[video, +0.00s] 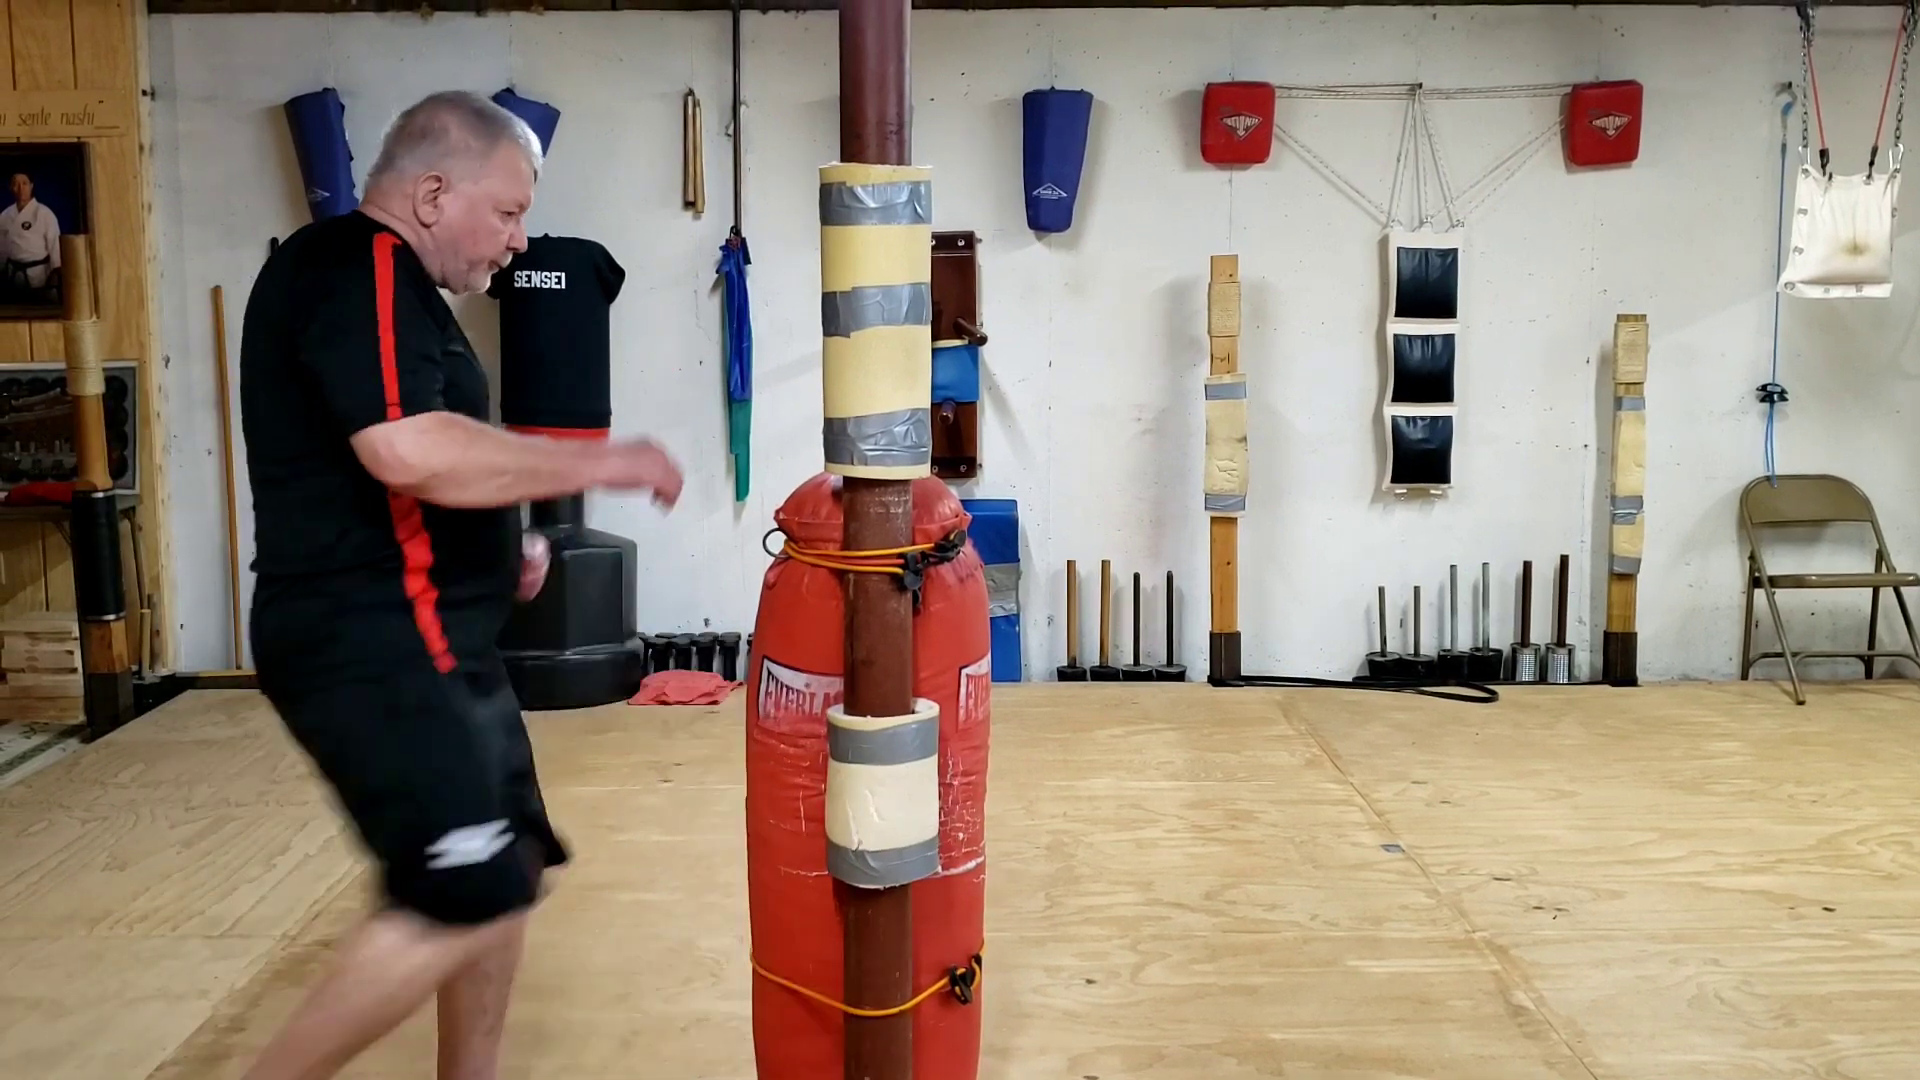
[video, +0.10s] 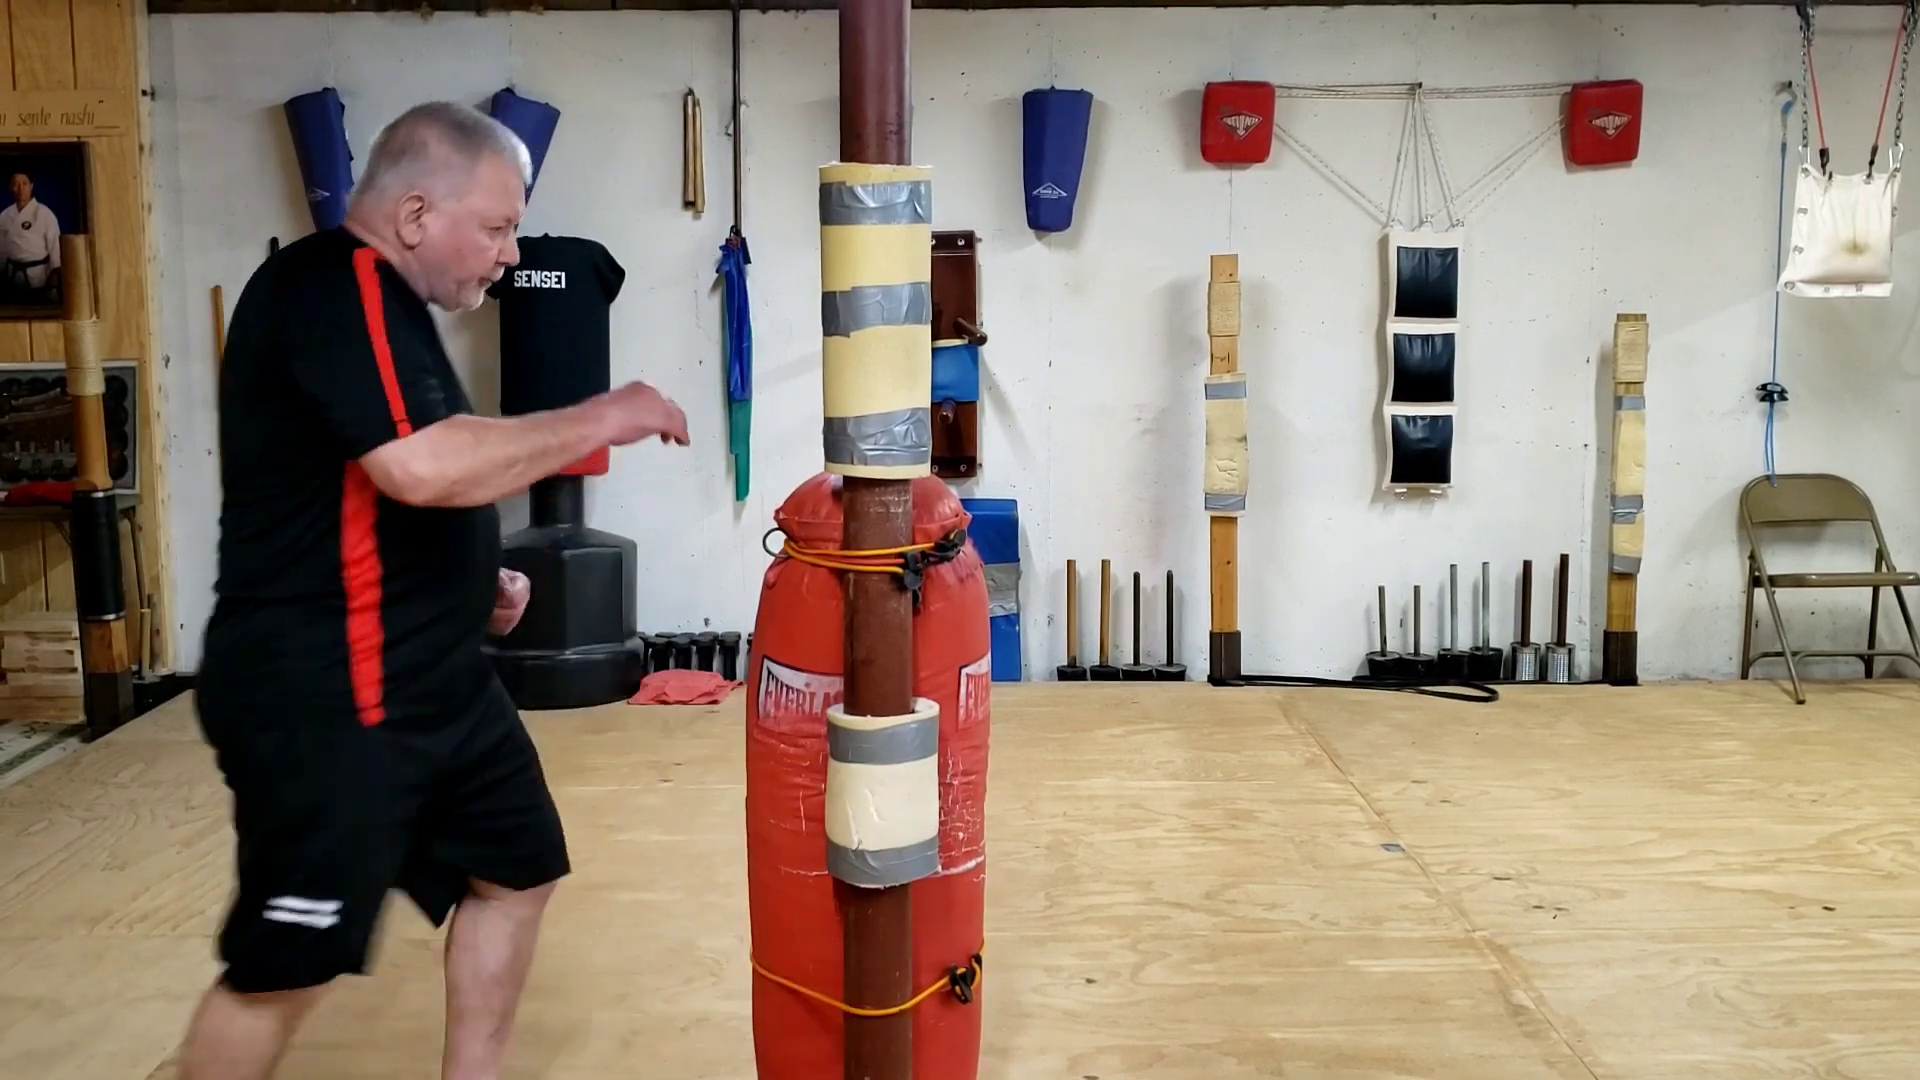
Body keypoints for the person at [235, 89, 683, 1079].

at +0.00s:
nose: (518, 242)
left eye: (523, 219)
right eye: (508, 214)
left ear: (431, 201)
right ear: (430, 196)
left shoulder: (392, 278)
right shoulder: (348, 266)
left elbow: (410, 460)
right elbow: (403, 449)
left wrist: (500, 537)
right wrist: (601, 463)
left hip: (433, 626)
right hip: (356, 635)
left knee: (505, 864)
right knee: (465, 880)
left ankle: (468, 1074)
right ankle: (270, 1074)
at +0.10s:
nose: (512, 255)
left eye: (514, 232)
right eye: (498, 228)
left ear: (416, 221)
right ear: (415, 218)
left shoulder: (377, 296)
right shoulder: (329, 287)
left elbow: (344, 502)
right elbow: (422, 465)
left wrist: (464, 582)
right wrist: (599, 422)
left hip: (433, 675)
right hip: (320, 689)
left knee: (515, 867)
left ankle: (472, 1075)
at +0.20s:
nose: (487, 275)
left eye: (492, 250)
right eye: (470, 250)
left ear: (389, 245)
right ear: (383, 239)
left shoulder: (391, 323)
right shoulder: (279, 312)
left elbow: (395, 489)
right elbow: (352, 499)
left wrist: (476, 543)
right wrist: (525, 428)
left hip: (414, 678)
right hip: (283, 694)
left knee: (513, 870)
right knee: (253, 962)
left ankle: (470, 1074)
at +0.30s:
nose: (468, 259)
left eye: (474, 235)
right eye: (449, 235)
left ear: (372, 227)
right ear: (360, 223)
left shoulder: (405, 313)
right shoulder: (242, 308)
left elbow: (404, 468)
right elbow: (209, 521)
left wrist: (500, 440)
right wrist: (427, 494)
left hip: (409, 671)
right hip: (271, 694)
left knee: (501, 867)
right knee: (232, 964)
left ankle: (467, 1074)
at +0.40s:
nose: (469, 258)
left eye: (474, 233)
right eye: (452, 232)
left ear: (369, 226)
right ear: (361, 223)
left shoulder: (427, 316)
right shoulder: (222, 318)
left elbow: (520, 401)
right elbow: (119, 505)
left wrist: (605, 349)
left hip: (404, 672)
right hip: (261, 695)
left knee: (495, 857)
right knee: (252, 956)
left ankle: (468, 1073)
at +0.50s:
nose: (478, 268)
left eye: (482, 244)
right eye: (461, 243)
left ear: (383, 235)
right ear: (373, 234)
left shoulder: (421, 311)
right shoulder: (242, 323)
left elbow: (553, 367)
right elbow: (104, 503)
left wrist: (691, 345)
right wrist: (203, 679)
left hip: (404, 695)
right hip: (286, 719)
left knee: (490, 860)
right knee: (258, 971)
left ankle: (466, 1074)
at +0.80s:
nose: (516, 252)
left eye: (518, 231)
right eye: (504, 227)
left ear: (430, 211)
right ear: (430, 208)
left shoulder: (412, 286)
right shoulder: (359, 283)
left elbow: (544, 370)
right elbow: (553, 379)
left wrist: (686, 313)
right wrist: (702, 306)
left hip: (455, 663)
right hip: (356, 676)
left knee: (517, 869)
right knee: (326, 945)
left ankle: (470, 1073)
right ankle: (198, 1070)